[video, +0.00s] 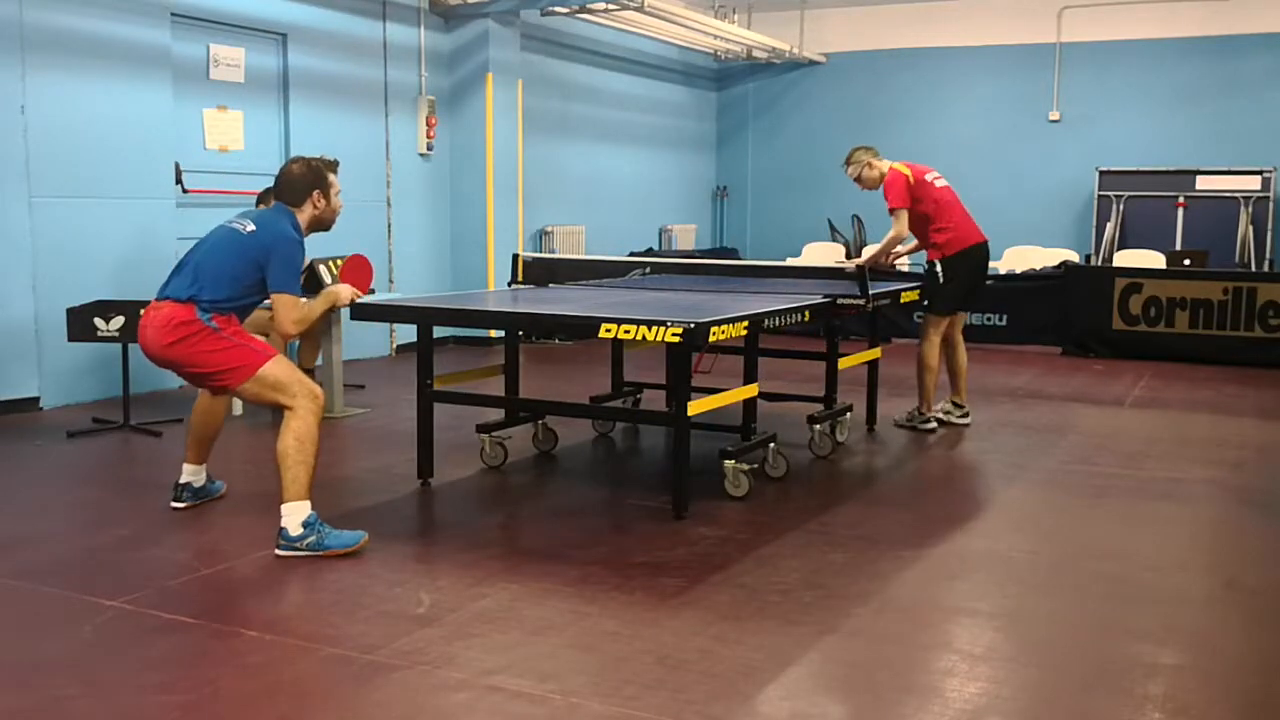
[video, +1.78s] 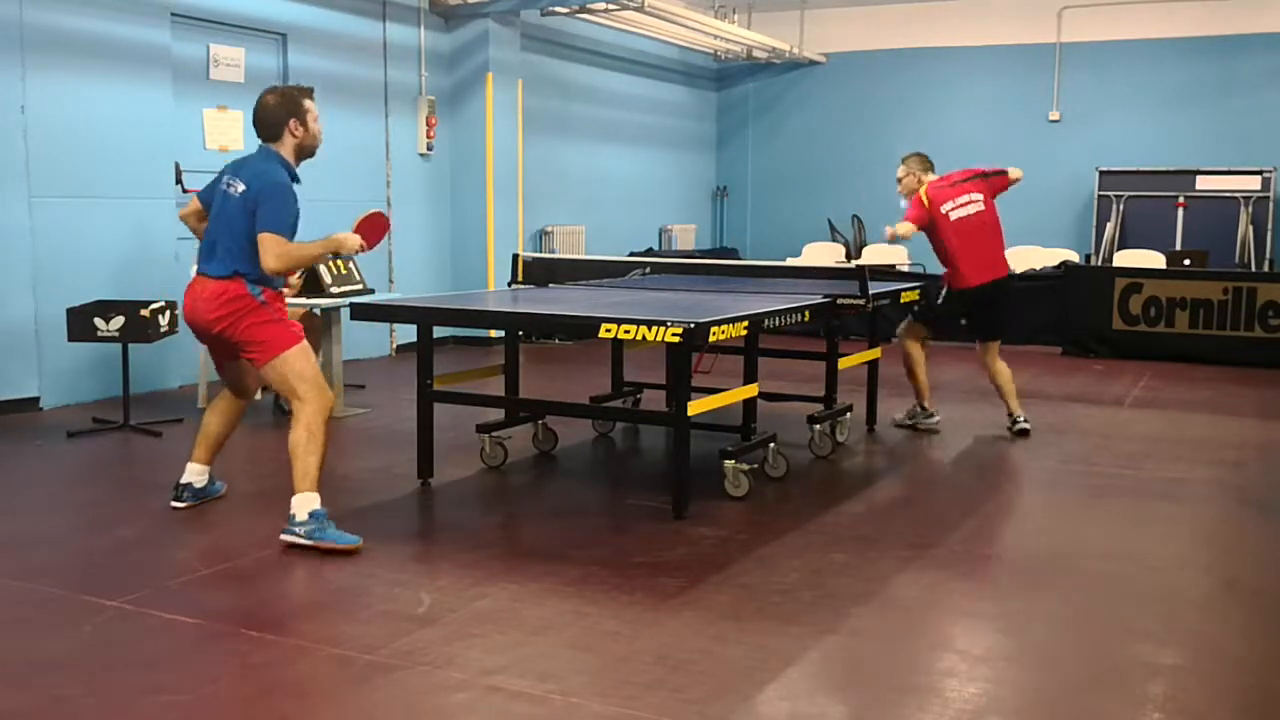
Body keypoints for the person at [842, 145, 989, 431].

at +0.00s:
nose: (860, 186)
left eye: (858, 178)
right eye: (856, 181)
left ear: (871, 164)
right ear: (874, 162)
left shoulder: (895, 176)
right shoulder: (914, 170)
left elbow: (899, 232)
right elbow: (936, 230)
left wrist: (872, 257)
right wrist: (902, 251)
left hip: (952, 255)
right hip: (973, 250)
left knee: (931, 334)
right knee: (953, 332)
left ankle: (925, 411)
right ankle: (959, 405)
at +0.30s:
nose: (855, 216)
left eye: (850, 209)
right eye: (850, 212)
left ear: (860, 194)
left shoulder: (883, 199)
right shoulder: (909, 188)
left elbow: (877, 256)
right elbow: (917, 252)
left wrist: (856, 260)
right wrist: (879, 260)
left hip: (952, 262)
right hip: (983, 251)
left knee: (926, 338)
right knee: (981, 333)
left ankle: (924, 413)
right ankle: (1006, 410)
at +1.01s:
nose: (873, 219)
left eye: (870, 212)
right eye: (868, 214)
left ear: (882, 197)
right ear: (889, 191)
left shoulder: (896, 210)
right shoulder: (931, 188)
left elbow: (882, 269)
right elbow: (925, 249)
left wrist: (844, 271)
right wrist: (892, 254)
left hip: (955, 276)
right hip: (994, 266)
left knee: (918, 338)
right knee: (998, 345)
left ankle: (924, 414)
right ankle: (1021, 417)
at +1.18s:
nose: (882, 203)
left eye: (880, 195)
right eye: (878, 198)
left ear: (891, 183)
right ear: (900, 178)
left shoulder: (904, 201)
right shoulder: (950, 175)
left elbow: (888, 252)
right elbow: (993, 203)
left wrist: (849, 254)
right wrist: (960, 220)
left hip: (957, 272)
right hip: (996, 263)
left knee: (918, 337)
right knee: (1000, 345)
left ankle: (924, 413)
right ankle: (1021, 417)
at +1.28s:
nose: (890, 190)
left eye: (889, 181)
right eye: (887, 184)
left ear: (904, 169)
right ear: (913, 166)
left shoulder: (912, 192)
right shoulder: (961, 167)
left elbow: (890, 240)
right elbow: (1005, 190)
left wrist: (851, 233)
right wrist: (971, 203)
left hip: (957, 269)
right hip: (997, 262)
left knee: (922, 337)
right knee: (1001, 344)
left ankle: (924, 413)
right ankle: (1021, 417)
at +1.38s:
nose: (898, 173)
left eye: (899, 165)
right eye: (896, 167)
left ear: (915, 158)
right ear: (924, 155)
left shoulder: (918, 182)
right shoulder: (972, 161)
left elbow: (889, 225)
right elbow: (1014, 183)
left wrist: (861, 203)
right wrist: (980, 191)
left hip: (960, 269)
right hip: (999, 262)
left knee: (924, 336)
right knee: (1003, 342)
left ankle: (925, 412)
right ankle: (1021, 417)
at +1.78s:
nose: (899, 188)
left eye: (901, 180)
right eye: (898, 181)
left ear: (918, 176)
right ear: (929, 175)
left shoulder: (924, 198)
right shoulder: (975, 180)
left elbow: (907, 230)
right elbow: (1016, 174)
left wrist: (893, 232)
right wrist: (977, 176)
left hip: (964, 286)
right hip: (998, 279)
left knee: (909, 335)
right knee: (991, 354)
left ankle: (923, 409)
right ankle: (1017, 415)